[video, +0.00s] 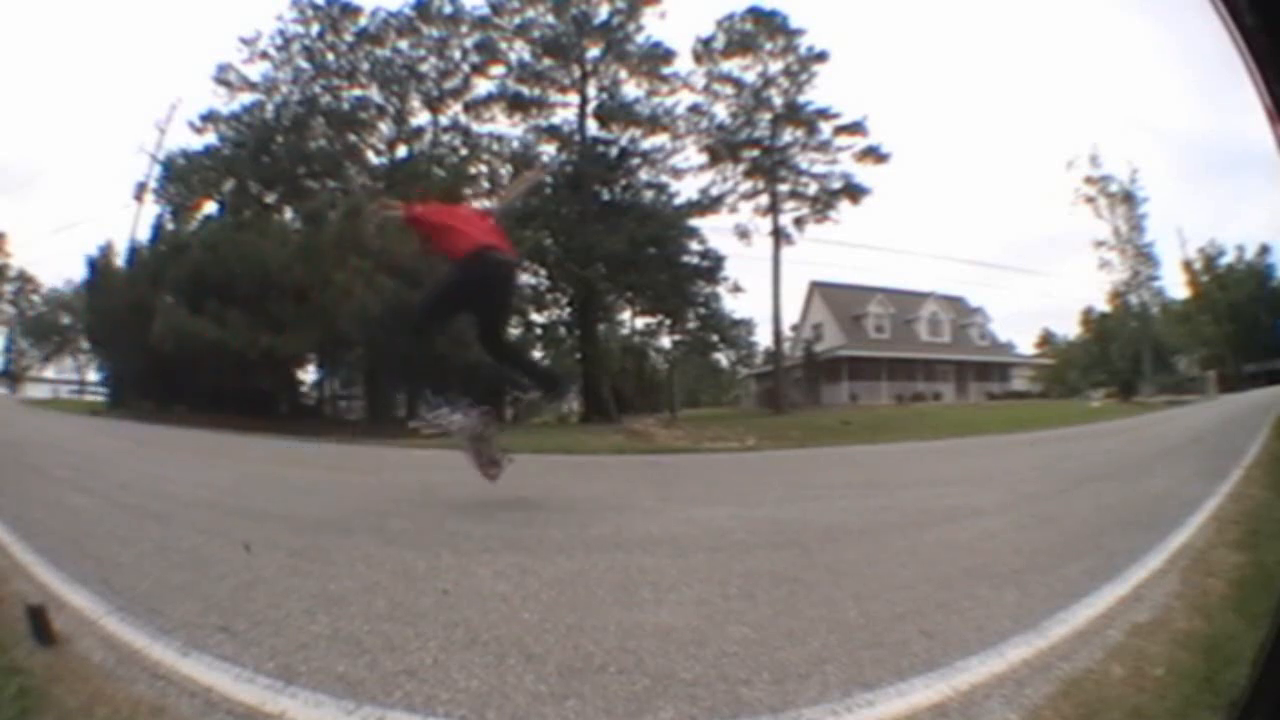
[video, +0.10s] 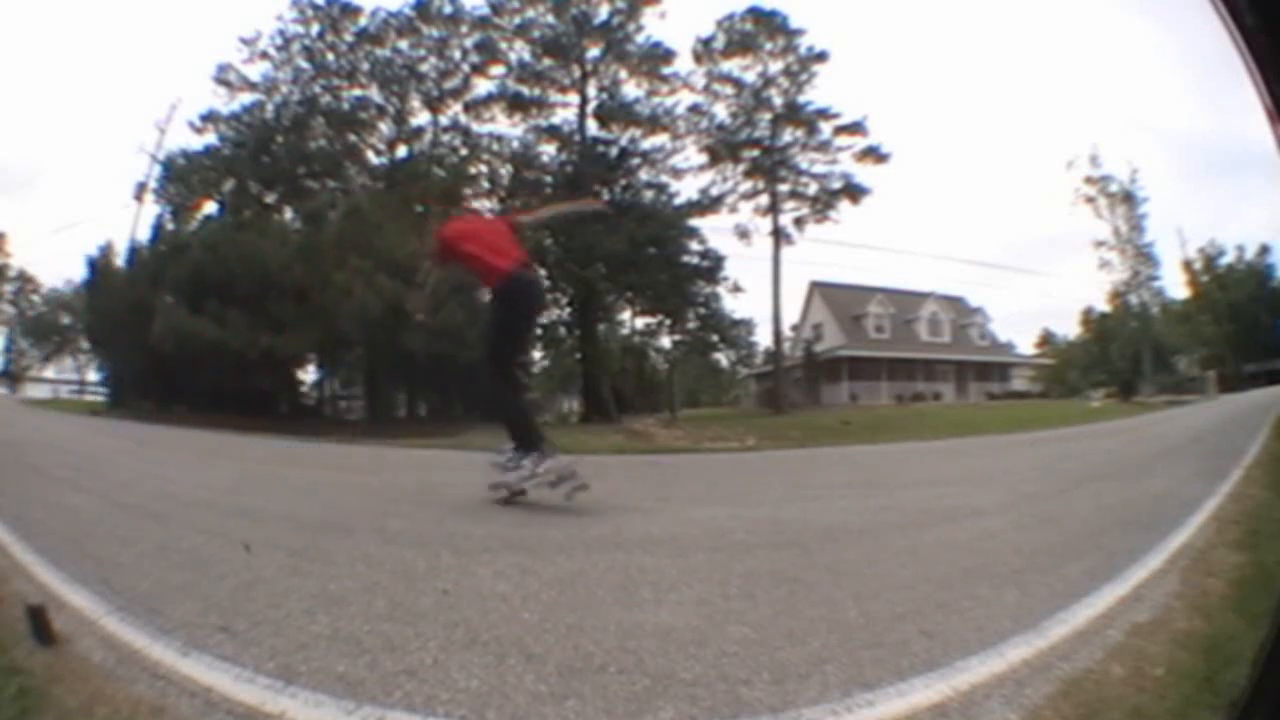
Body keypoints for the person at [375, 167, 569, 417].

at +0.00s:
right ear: (454, 204)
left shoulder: (426, 214)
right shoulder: (475, 213)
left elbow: (385, 209)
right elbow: (505, 198)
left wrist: (371, 228)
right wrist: (531, 178)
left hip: (476, 264)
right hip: (505, 267)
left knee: (424, 320)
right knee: (492, 339)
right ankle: (552, 385)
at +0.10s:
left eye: (431, 215)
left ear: (440, 213)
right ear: (465, 207)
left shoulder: (446, 235)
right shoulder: (495, 221)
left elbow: (429, 276)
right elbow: (543, 214)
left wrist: (420, 307)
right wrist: (589, 205)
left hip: (510, 291)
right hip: (531, 286)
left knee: (499, 369)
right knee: (504, 367)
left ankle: (531, 448)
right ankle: (524, 444)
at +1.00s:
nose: (646, 427)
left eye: (648, 420)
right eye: (641, 423)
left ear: (656, 408)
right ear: (629, 411)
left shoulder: (676, 397)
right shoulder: (629, 405)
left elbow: (697, 451)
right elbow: (631, 454)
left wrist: (702, 507)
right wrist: (633, 506)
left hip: (695, 368)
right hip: (664, 378)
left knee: (748, 405)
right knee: (697, 445)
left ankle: (782, 457)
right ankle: (745, 471)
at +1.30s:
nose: (680, 377)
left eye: (678, 371)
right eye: (674, 375)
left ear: (677, 369)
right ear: (658, 381)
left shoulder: (683, 384)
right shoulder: (640, 416)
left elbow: (715, 388)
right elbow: (626, 462)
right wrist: (631, 505)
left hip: (722, 458)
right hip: (709, 483)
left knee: (785, 443)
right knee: (779, 471)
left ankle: (832, 462)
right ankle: (808, 487)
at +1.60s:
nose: (660, 406)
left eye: (659, 401)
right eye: (656, 401)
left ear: (631, 408)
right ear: (649, 406)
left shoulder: (655, 427)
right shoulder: (637, 436)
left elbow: (672, 395)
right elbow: (614, 473)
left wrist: (690, 358)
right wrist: (656, 489)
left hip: (712, 470)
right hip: (709, 490)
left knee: (771, 456)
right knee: (776, 463)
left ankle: (818, 465)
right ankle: (819, 488)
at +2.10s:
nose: (595, 457)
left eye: (590, 455)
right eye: (589, 458)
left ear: (586, 467)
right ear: (583, 470)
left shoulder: (609, 479)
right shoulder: (607, 486)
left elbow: (650, 490)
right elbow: (651, 497)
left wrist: (674, 466)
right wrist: (671, 467)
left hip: (699, 481)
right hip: (698, 483)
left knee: (757, 463)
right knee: (745, 424)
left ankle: (814, 469)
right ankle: (814, 441)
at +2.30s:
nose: (589, 463)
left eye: (584, 460)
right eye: (583, 464)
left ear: (586, 470)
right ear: (581, 477)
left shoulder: (608, 481)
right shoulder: (604, 488)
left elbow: (646, 494)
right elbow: (645, 503)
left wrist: (673, 469)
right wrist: (672, 472)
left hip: (698, 477)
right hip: (696, 486)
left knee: (767, 460)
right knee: (769, 459)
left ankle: (820, 476)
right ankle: (836, 462)